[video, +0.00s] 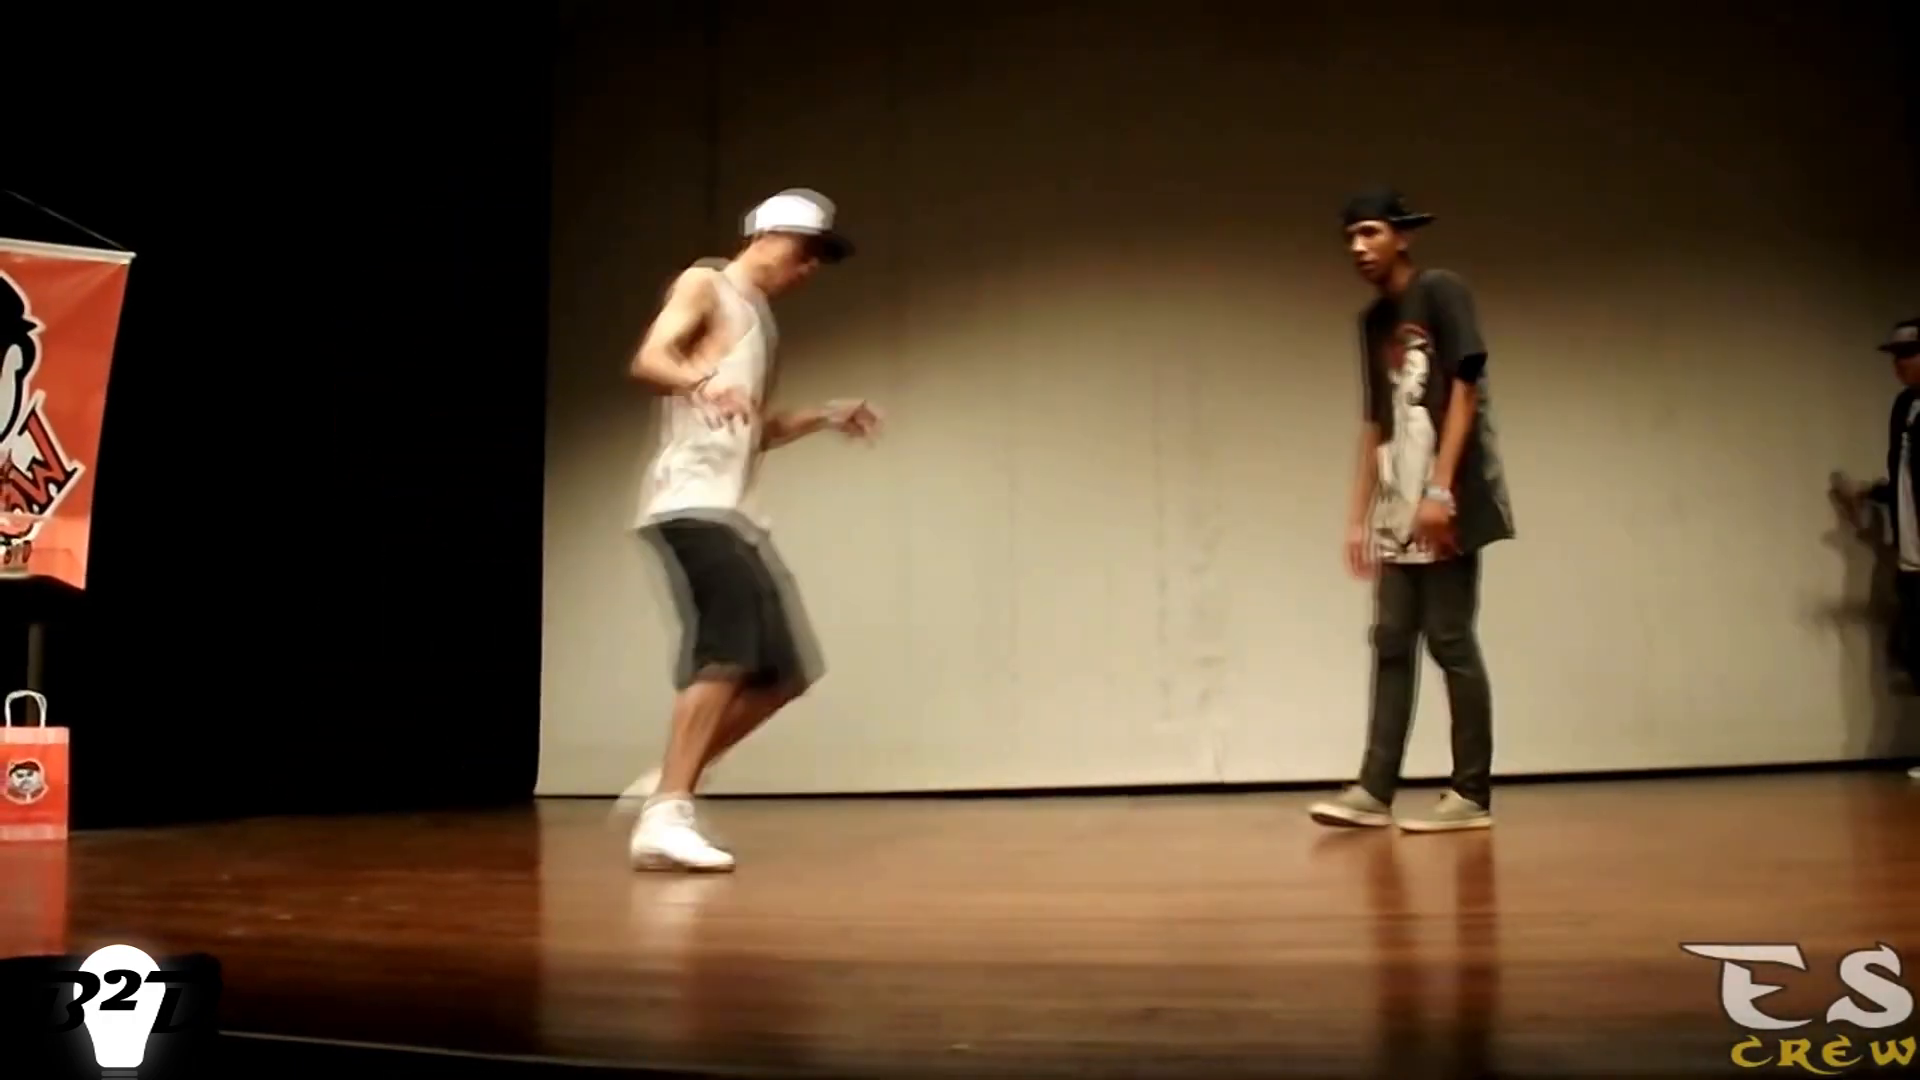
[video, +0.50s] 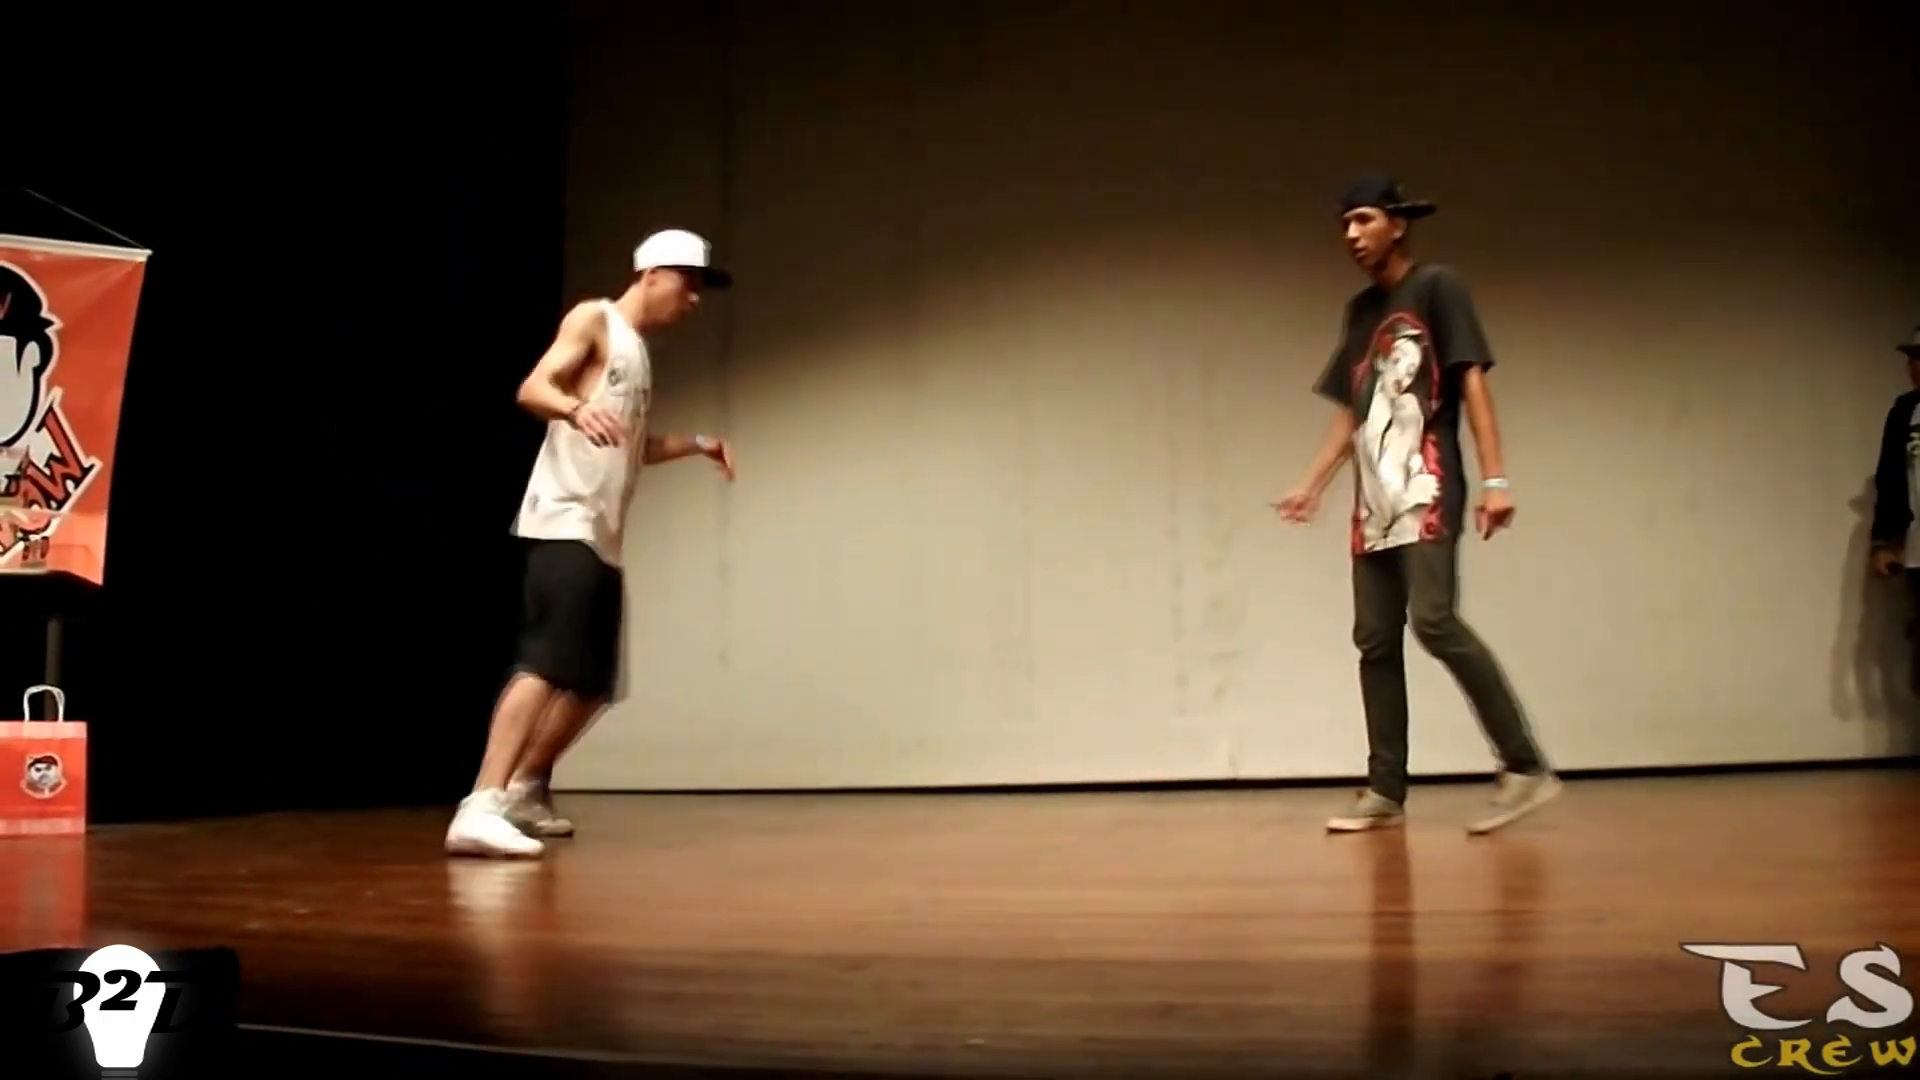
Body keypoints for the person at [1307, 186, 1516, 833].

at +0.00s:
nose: (1359, 247)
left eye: (1370, 233)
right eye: (1352, 238)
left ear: (1402, 237)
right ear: (1352, 248)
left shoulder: (1441, 293)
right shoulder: (1372, 321)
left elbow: (1464, 393)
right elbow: (1375, 425)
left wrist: (1441, 491)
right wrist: (1359, 519)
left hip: (1451, 502)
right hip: (1398, 506)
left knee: (1451, 641)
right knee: (1391, 641)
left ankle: (1471, 794)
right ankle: (1375, 790)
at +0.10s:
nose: (1349, 248)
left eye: (1360, 235)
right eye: (1341, 239)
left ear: (1391, 240)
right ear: (1339, 250)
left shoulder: (1428, 295)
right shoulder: (1355, 325)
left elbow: (1460, 389)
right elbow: (1353, 432)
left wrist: (1441, 481)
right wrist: (1337, 526)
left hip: (1433, 505)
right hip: (1379, 510)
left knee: (1431, 641)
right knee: (1374, 645)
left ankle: (1470, 790)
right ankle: (1374, 795)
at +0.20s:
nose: (1343, 247)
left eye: (1354, 234)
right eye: (1334, 238)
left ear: (1384, 238)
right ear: (1331, 248)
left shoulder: (1423, 295)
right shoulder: (1343, 325)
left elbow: (1461, 387)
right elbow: (1337, 431)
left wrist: (1449, 470)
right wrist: (1322, 523)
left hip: (1424, 499)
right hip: (1369, 507)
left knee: (1415, 629)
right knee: (1364, 644)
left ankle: (1459, 779)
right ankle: (1375, 794)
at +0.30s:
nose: (1344, 243)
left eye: (1355, 229)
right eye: (1336, 234)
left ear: (1384, 232)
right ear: (1331, 244)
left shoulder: (1423, 292)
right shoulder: (1342, 320)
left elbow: (1466, 382)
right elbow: (1328, 423)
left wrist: (1464, 469)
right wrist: (1307, 513)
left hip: (1422, 493)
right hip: (1366, 501)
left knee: (1414, 614)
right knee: (1368, 643)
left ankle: (1465, 761)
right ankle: (1378, 795)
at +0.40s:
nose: (1349, 238)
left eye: (1360, 225)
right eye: (1341, 229)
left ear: (1391, 229)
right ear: (1338, 240)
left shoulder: (1428, 292)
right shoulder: (1348, 315)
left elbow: (1468, 382)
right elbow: (1334, 415)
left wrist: (1481, 474)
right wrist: (1298, 490)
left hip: (1424, 490)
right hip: (1368, 498)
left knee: (1419, 613)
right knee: (1373, 643)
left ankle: (1498, 760)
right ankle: (1382, 794)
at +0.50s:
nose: (1353, 233)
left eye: (1364, 220)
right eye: (1347, 224)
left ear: (1398, 225)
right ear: (1346, 236)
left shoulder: (1437, 287)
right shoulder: (1360, 309)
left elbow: (1472, 383)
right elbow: (1350, 413)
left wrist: (1494, 479)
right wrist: (1311, 483)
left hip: (1428, 493)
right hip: (1372, 502)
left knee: (1435, 623)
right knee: (1375, 641)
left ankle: (1528, 769)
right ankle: (1385, 793)